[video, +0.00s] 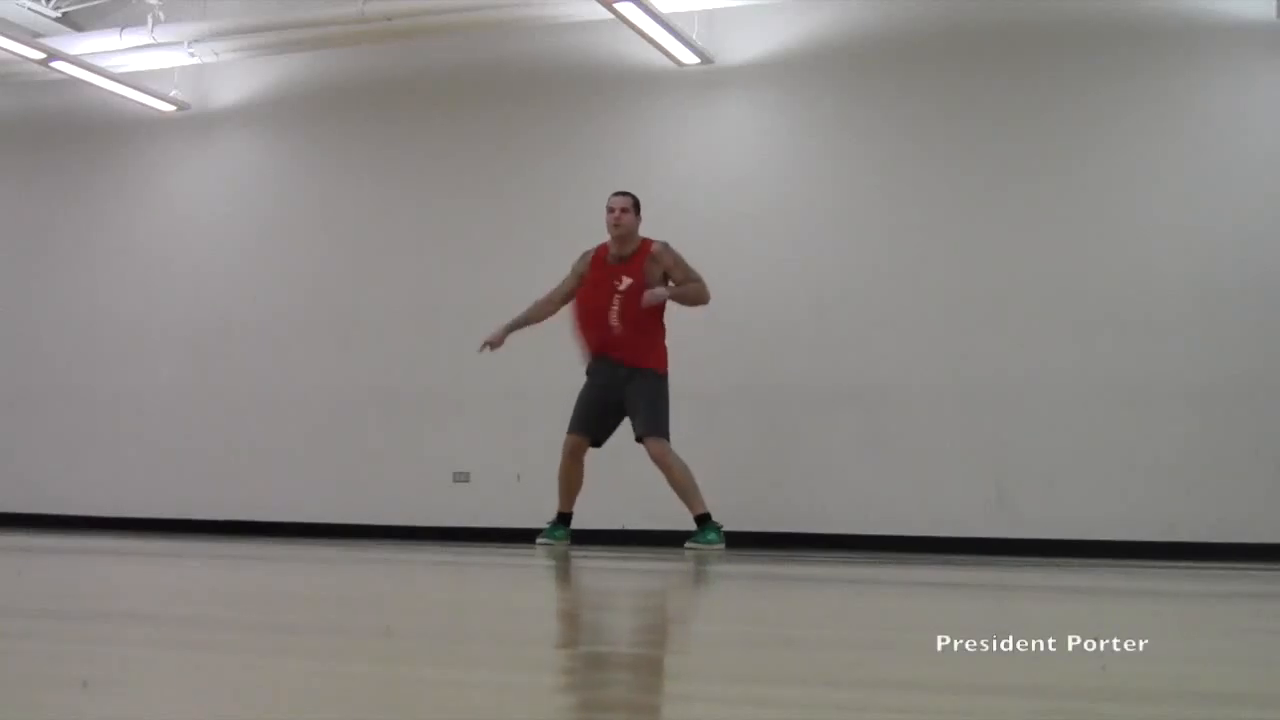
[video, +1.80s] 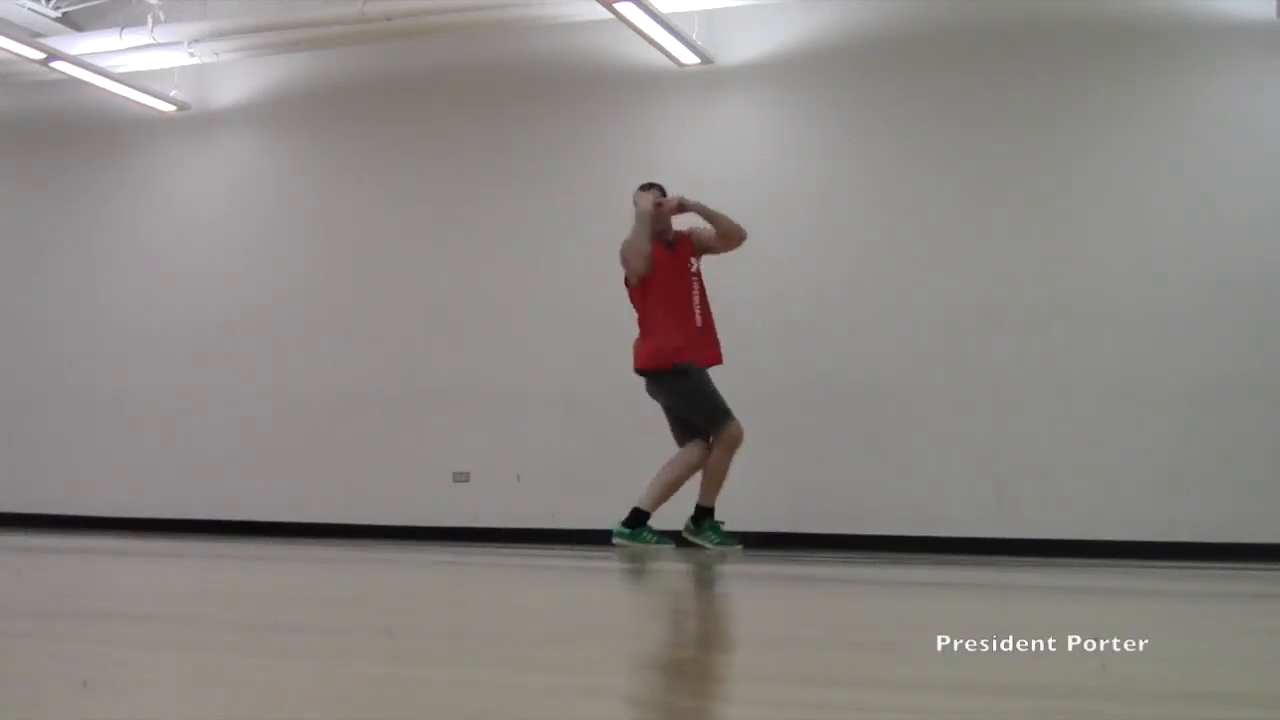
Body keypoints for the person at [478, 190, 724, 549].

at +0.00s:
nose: (616, 216)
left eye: (624, 211)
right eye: (611, 211)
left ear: (638, 219)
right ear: (604, 219)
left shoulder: (658, 254)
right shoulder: (589, 262)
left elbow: (700, 293)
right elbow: (552, 301)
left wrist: (667, 293)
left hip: (646, 371)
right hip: (605, 369)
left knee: (657, 448)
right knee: (573, 445)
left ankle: (707, 526)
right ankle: (561, 524)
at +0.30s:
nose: (612, 212)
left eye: (620, 207)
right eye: (607, 207)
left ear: (634, 216)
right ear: (601, 215)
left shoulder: (651, 257)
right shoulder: (590, 249)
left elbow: (699, 291)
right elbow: (566, 278)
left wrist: (743, 316)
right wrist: (547, 260)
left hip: (645, 369)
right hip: (602, 367)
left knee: (662, 447)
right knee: (573, 445)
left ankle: (707, 525)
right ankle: (554, 521)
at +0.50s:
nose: (610, 214)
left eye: (619, 209)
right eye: (606, 208)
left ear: (635, 217)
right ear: (601, 214)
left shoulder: (649, 262)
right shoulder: (589, 246)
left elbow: (696, 301)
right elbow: (549, 250)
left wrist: (743, 330)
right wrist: (526, 205)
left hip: (643, 373)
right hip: (600, 373)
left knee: (661, 448)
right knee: (575, 450)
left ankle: (710, 524)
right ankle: (548, 520)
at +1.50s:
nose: (652, 206)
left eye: (660, 200)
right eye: (647, 200)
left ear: (675, 206)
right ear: (642, 207)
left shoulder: (694, 246)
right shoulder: (630, 236)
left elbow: (747, 269)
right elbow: (582, 225)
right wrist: (582, 199)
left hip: (678, 356)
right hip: (635, 350)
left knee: (675, 436)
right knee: (632, 403)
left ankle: (676, 521)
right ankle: (621, 485)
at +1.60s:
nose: (660, 203)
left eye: (667, 197)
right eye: (655, 197)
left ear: (682, 203)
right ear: (649, 204)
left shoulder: (699, 240)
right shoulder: (635, 233)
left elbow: (739, 256)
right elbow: (583, 247)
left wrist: (704, 222)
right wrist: (618, 215)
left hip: (682, 347)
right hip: (640, 338)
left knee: (677, 438)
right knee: (667, 375)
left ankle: (647, 517)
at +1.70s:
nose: (660, 206)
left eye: (667, 199)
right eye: (654, 200)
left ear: (681, 204)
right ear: (648, 205)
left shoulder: (696, 238)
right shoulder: (639, 238)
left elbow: (732, 252)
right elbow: (598, 269)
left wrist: (703, 212)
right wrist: (615, 223)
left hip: (678, 348)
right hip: (646, 345)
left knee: (683, 441)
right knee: (705, 404)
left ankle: (632, 523)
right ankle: (709, 507)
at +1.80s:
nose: (659, 210)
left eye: (662, 202)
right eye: (651, 205)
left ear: (672, 210)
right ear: (640, 216)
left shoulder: (687, 242)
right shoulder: (635, 250)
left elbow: (734, 236)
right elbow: (637, 268)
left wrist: (695, 208)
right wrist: (644, 213)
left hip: (684, 361)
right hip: (666, 362)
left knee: (697, 451)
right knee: (728, 433)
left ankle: (633, 524)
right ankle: (702, 521)